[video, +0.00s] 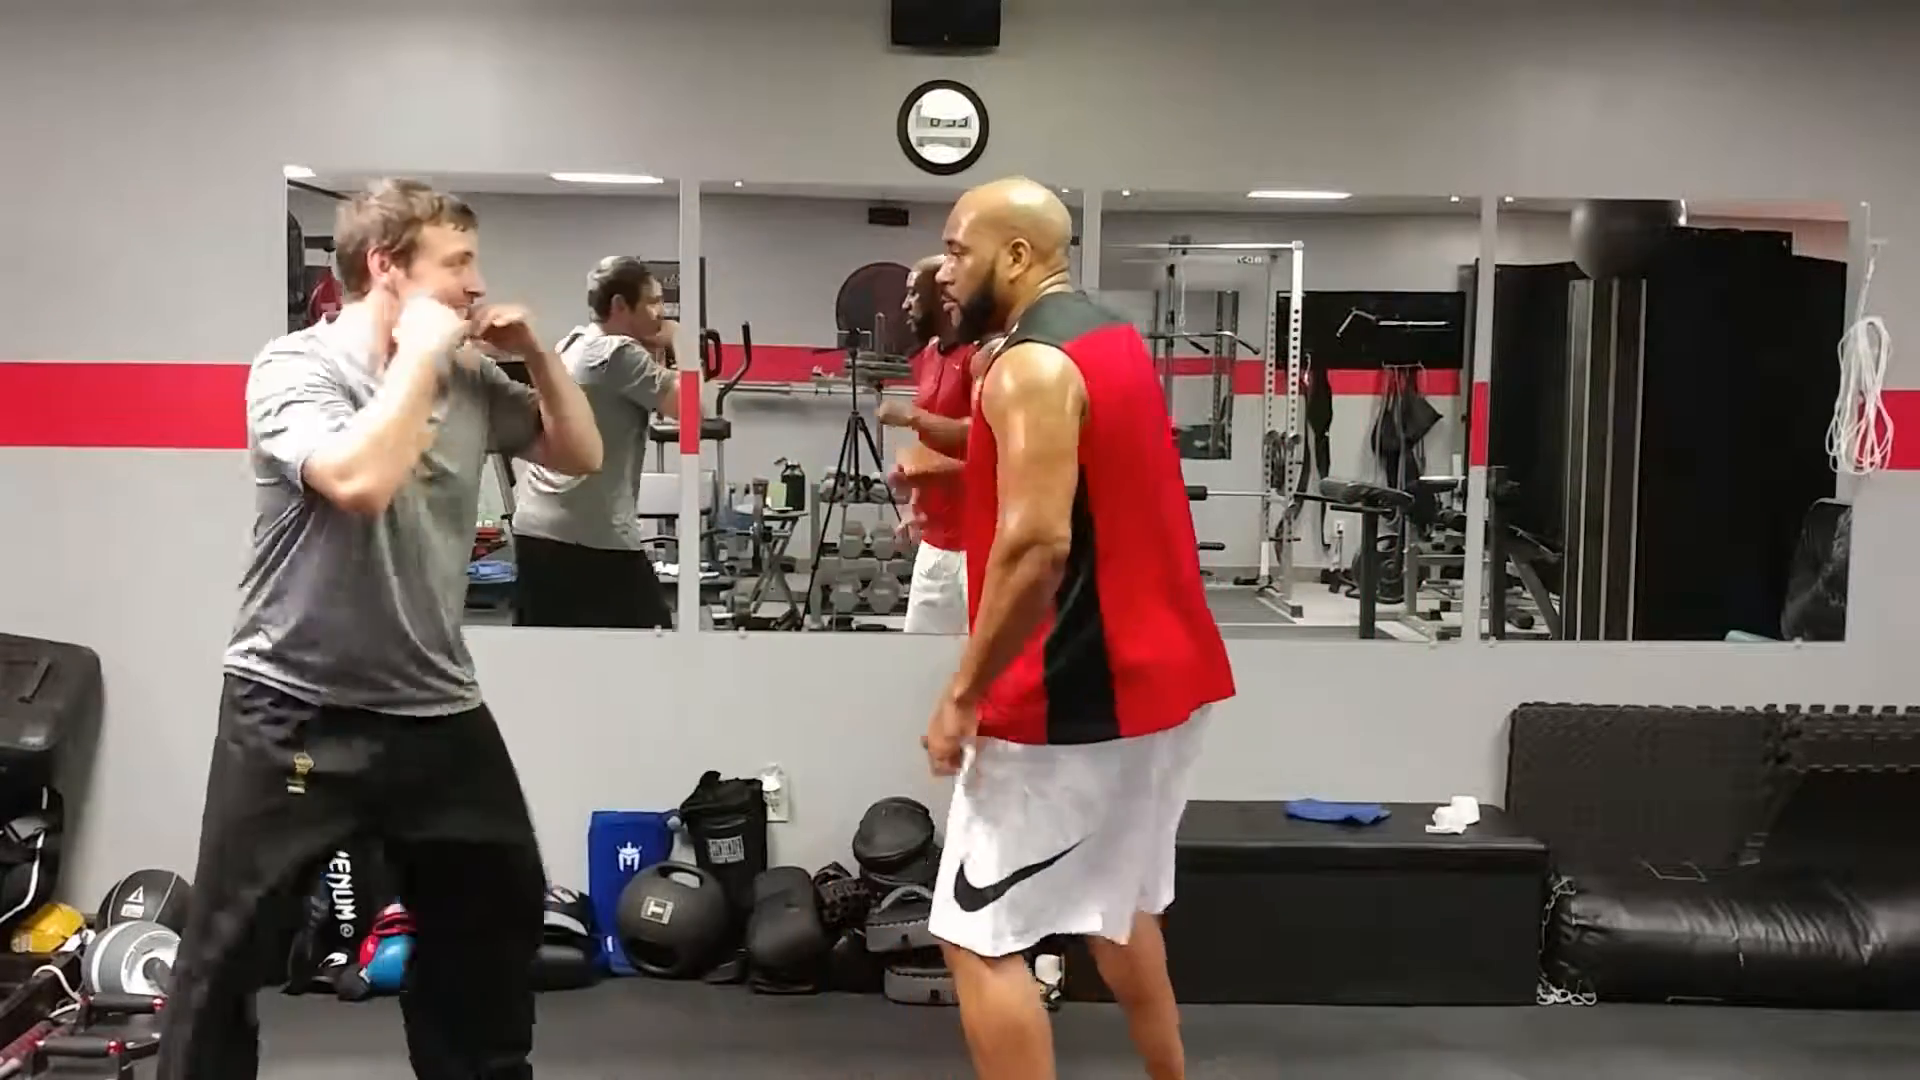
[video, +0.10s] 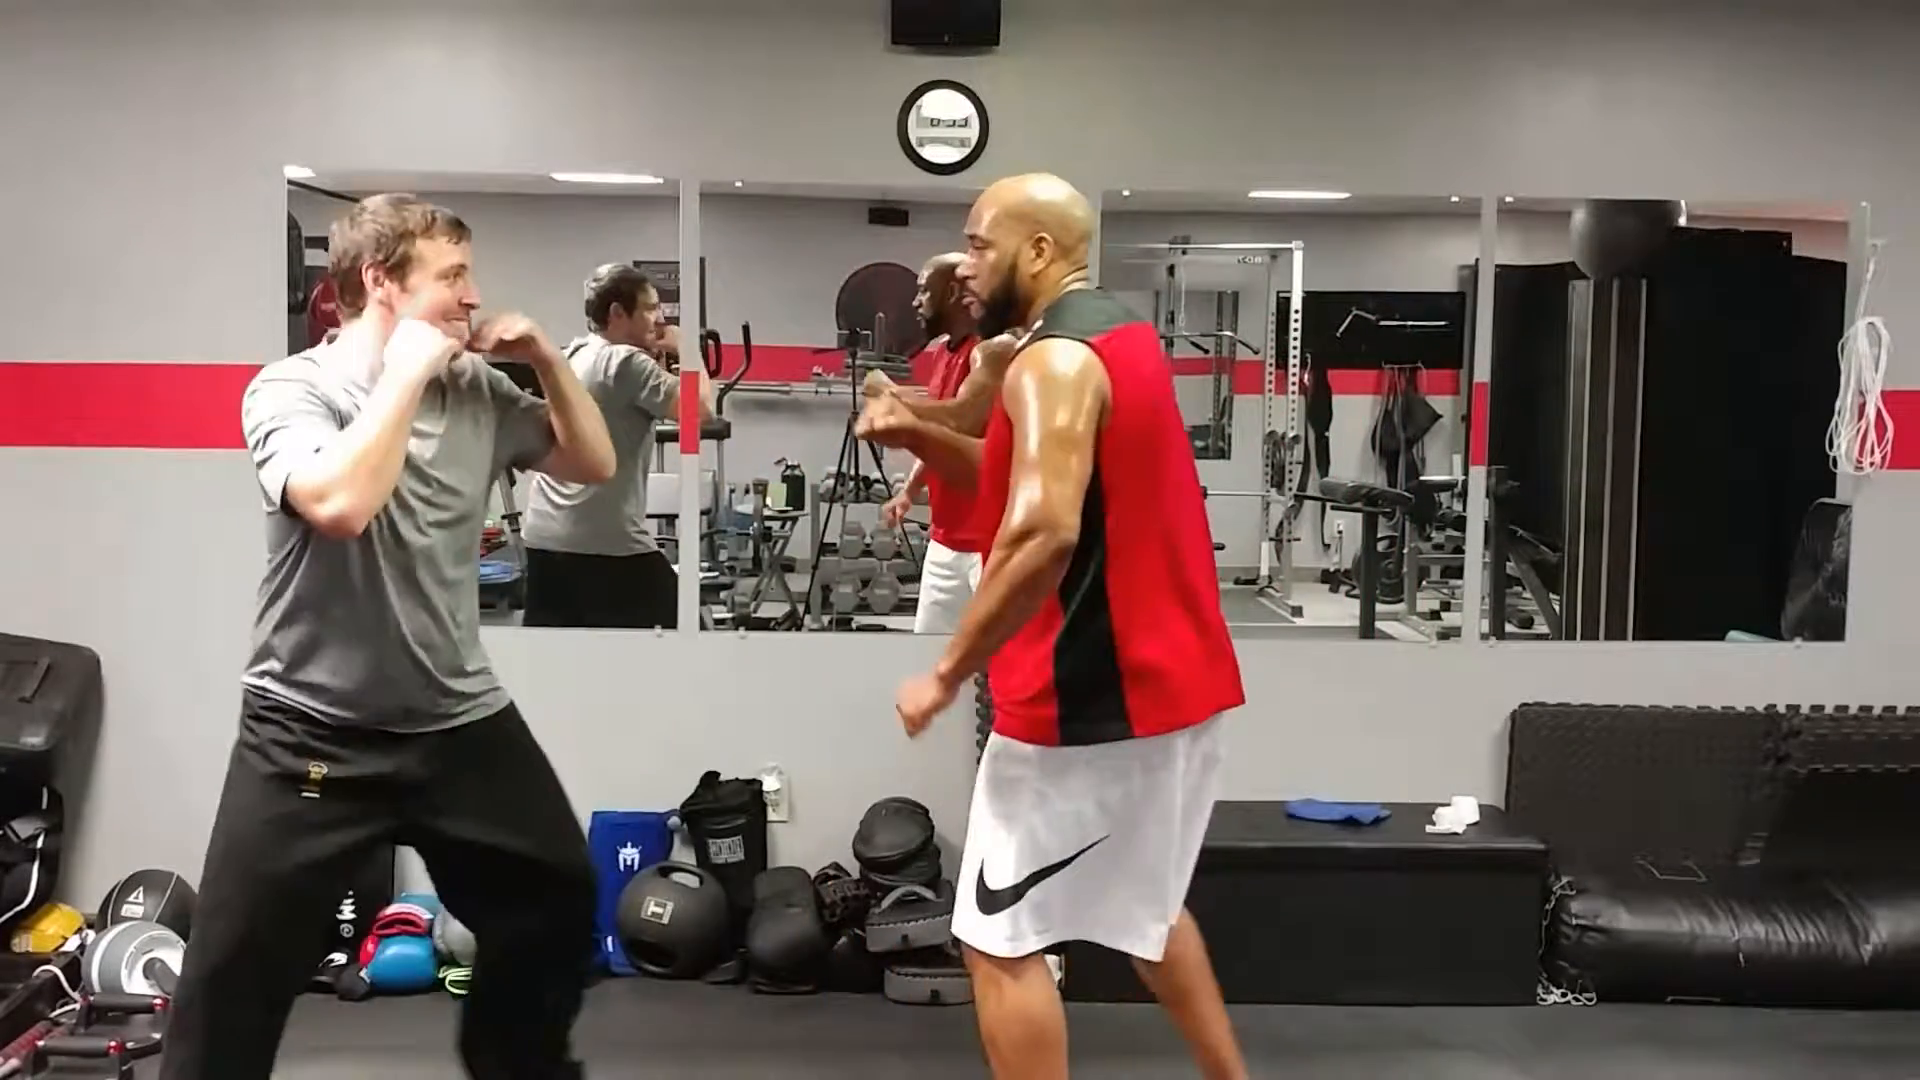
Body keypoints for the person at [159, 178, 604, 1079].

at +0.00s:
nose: (474, 286)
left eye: (475, 267)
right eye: (455, 267)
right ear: (384, 271)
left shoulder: (466, 375)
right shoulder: (292, 370)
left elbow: (577, 456)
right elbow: (357, 479)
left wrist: (541, 356)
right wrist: (421, 352)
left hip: (439, 710)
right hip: (289, 710)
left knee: (495, 927)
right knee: (225, 957)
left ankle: (481, 1073)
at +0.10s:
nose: (469, 298)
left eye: (469, 279)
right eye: (451, 278)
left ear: (391, 285)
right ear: (378, 284)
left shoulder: (476, 389)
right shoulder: (288, 390)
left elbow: (591, 464)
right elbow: (339, 505)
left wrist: (549, 362)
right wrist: (410, 370)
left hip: (464, 726)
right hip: (305, 732)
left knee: (555, 902)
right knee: (228, 976)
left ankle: (515, 1063)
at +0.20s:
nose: (501, 311)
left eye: (499, 291)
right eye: (481, 292)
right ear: (412, 304)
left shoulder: (514, 409)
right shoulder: (322, 415)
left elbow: (627, 478)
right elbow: (354, 537)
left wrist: (593, 379)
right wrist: (428, 406)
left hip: (496, 737)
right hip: (340, 746)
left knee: (608, 898)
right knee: (241, 976)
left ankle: (631, 1069)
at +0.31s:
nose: (569, 299)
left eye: (565, 282)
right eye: (547, 284)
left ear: (517, 304)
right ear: (486, 304)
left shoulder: (562, 408)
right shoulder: (430, 406)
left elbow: (661, 501)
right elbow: (535, 461)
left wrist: (642, 392)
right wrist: (626, 364)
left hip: (545, 735)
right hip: (408, 745)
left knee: (673, 899)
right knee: (304, 966)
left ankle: (760, 1065)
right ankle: (227, 1075)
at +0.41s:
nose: (650, 309)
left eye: (644, 295)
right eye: (625, 295)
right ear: (561, 322)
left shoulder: (619, 405)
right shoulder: (572, 393)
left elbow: (699, 517)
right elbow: (761, 372)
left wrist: (706, 411)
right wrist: (910, 348)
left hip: (625, 739)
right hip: (508, 739)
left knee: (733, 915)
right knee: (389, 958)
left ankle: (816, 1062)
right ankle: (277, 1068)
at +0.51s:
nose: (733, 329)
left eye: (729, 313)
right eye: (714, 314)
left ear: (658, 343)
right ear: (652, 338)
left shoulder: (643, 427)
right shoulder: (692, 419)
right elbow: (864, 438)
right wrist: (1016, 427)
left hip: (682, 749)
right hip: (579, 744)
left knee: (805, 939)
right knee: (473, 979)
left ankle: (849, 1073)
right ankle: (359, 1075)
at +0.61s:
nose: (802, 327)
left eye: (797, 309)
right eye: (779, 310)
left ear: (724, 335)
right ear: (714, 331)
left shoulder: (733, 411)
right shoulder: (719, 415)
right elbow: (891, 487)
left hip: (696, 731)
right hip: (618, 719)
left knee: (818, 914)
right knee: (527, 983)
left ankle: (860, 1070)